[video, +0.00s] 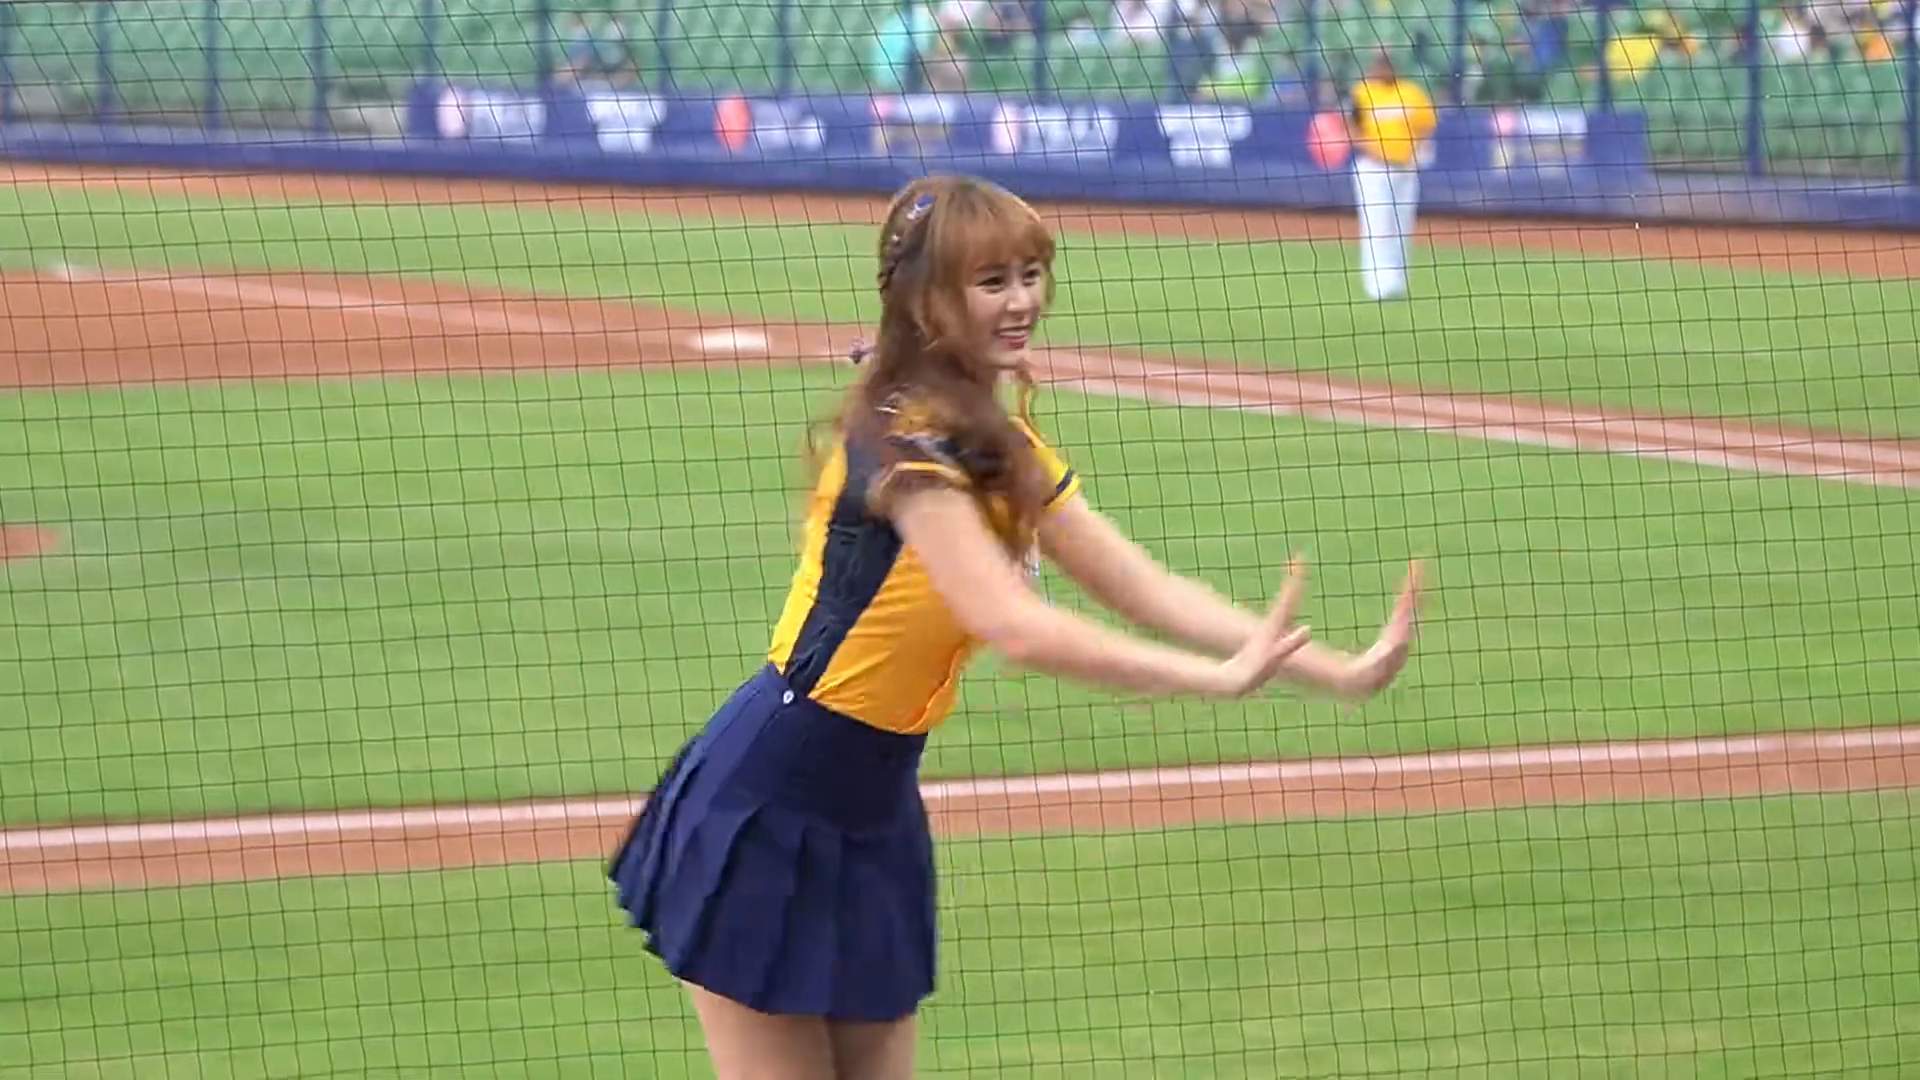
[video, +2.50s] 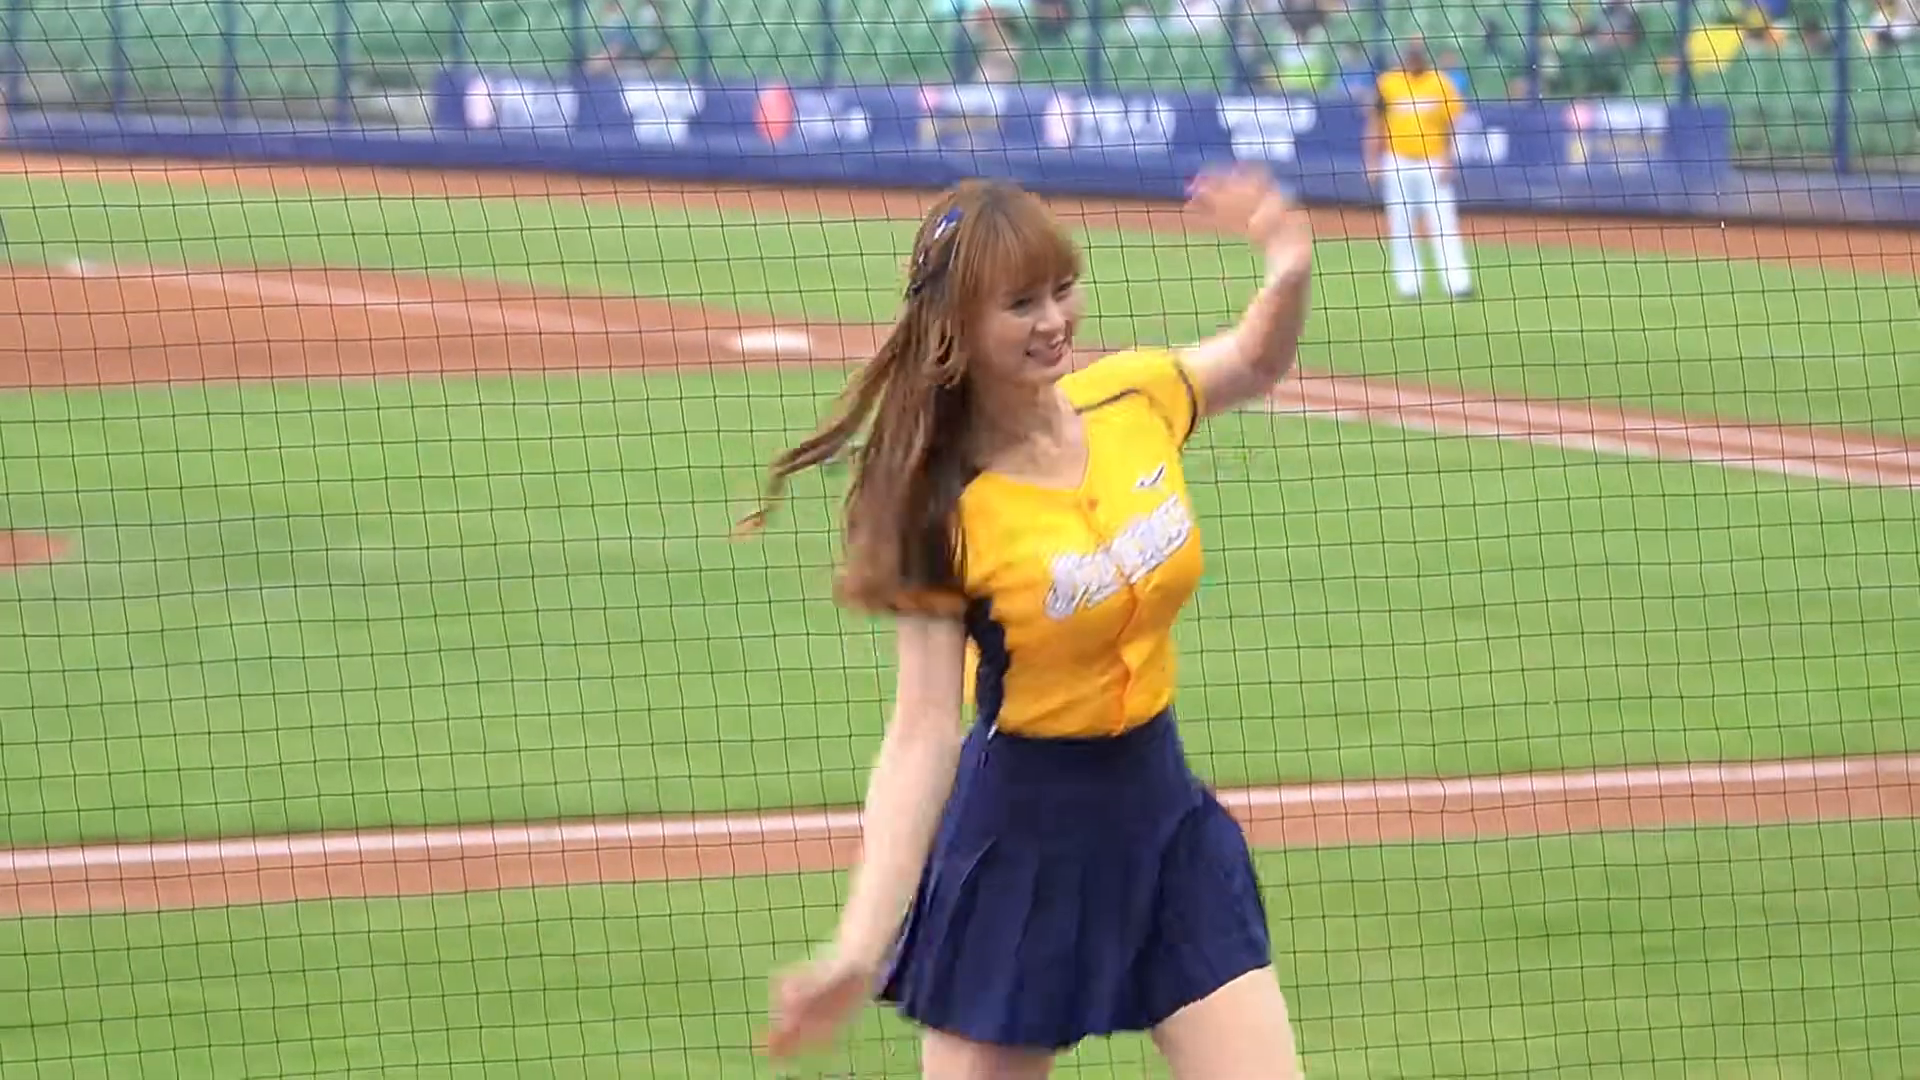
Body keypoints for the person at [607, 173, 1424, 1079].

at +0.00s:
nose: (1024, 299)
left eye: (1033, 275)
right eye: (992, 280)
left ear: (1044, 281)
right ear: (925, 298)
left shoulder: (996, 436)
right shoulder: (904, 438)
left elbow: (1148, 589)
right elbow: (1011, 624)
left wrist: (1335, 674)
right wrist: (1216, 677)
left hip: (874, 802)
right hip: (768, 800)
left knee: (876, 1064)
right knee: (784, 1069)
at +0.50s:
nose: (935, 347)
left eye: (948, 323)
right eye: (908, 322)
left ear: (962, 327)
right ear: (839, 328)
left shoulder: (976, 461)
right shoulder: (758, 483)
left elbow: (1021, 638)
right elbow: (720, 692)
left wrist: (1030, 738)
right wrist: (817, 769)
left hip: (962, 810)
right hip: (825, 822)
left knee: (997, 1057)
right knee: (846, 1057)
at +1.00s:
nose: (947, 284)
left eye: (966, 260)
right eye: (916, 259)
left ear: (989, 277)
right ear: (854, 279)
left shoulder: (1031, 393)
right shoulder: (813, 447)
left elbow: (1028, 581)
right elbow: (727, 677)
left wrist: (970, 756)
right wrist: (628, 888)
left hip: (1019, 787)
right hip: (860, 784)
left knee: (1047, 1057)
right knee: (849, 1059)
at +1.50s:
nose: (1237, 240)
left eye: (1260, 216)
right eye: (1209, 216)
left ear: (1288, 230)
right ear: (1157, 231)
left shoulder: (1311, 370)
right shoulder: (1106, 356)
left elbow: (1487, 268)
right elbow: (913, 298)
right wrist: (941, 95)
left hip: (1225, 779)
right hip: (1089, 762)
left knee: (1279, 1064)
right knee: (1005, 1063)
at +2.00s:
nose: (1149, 286)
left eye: (1174, 266)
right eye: (1123, 258)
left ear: (1196, 289)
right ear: (1059, 267)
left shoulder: (1208, 433)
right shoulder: (949, 402)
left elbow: (1418, 475)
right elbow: (733, 317)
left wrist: (1620, 511)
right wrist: (762, 146)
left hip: (1140, 814)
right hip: (976, 814)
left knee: (1209, 1069)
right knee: (927, 1066)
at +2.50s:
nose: (1054, 321)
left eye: (1063, 290)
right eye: (1021, 303)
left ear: (1080, 288)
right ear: (951, 332)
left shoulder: (1137, 391)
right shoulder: (940, 505)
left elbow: (1256, 360)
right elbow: (921, 732)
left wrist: (1290, 266)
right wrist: (859, 948)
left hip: (1160, 807)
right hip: (1019, 827)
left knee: (1263, 1060)